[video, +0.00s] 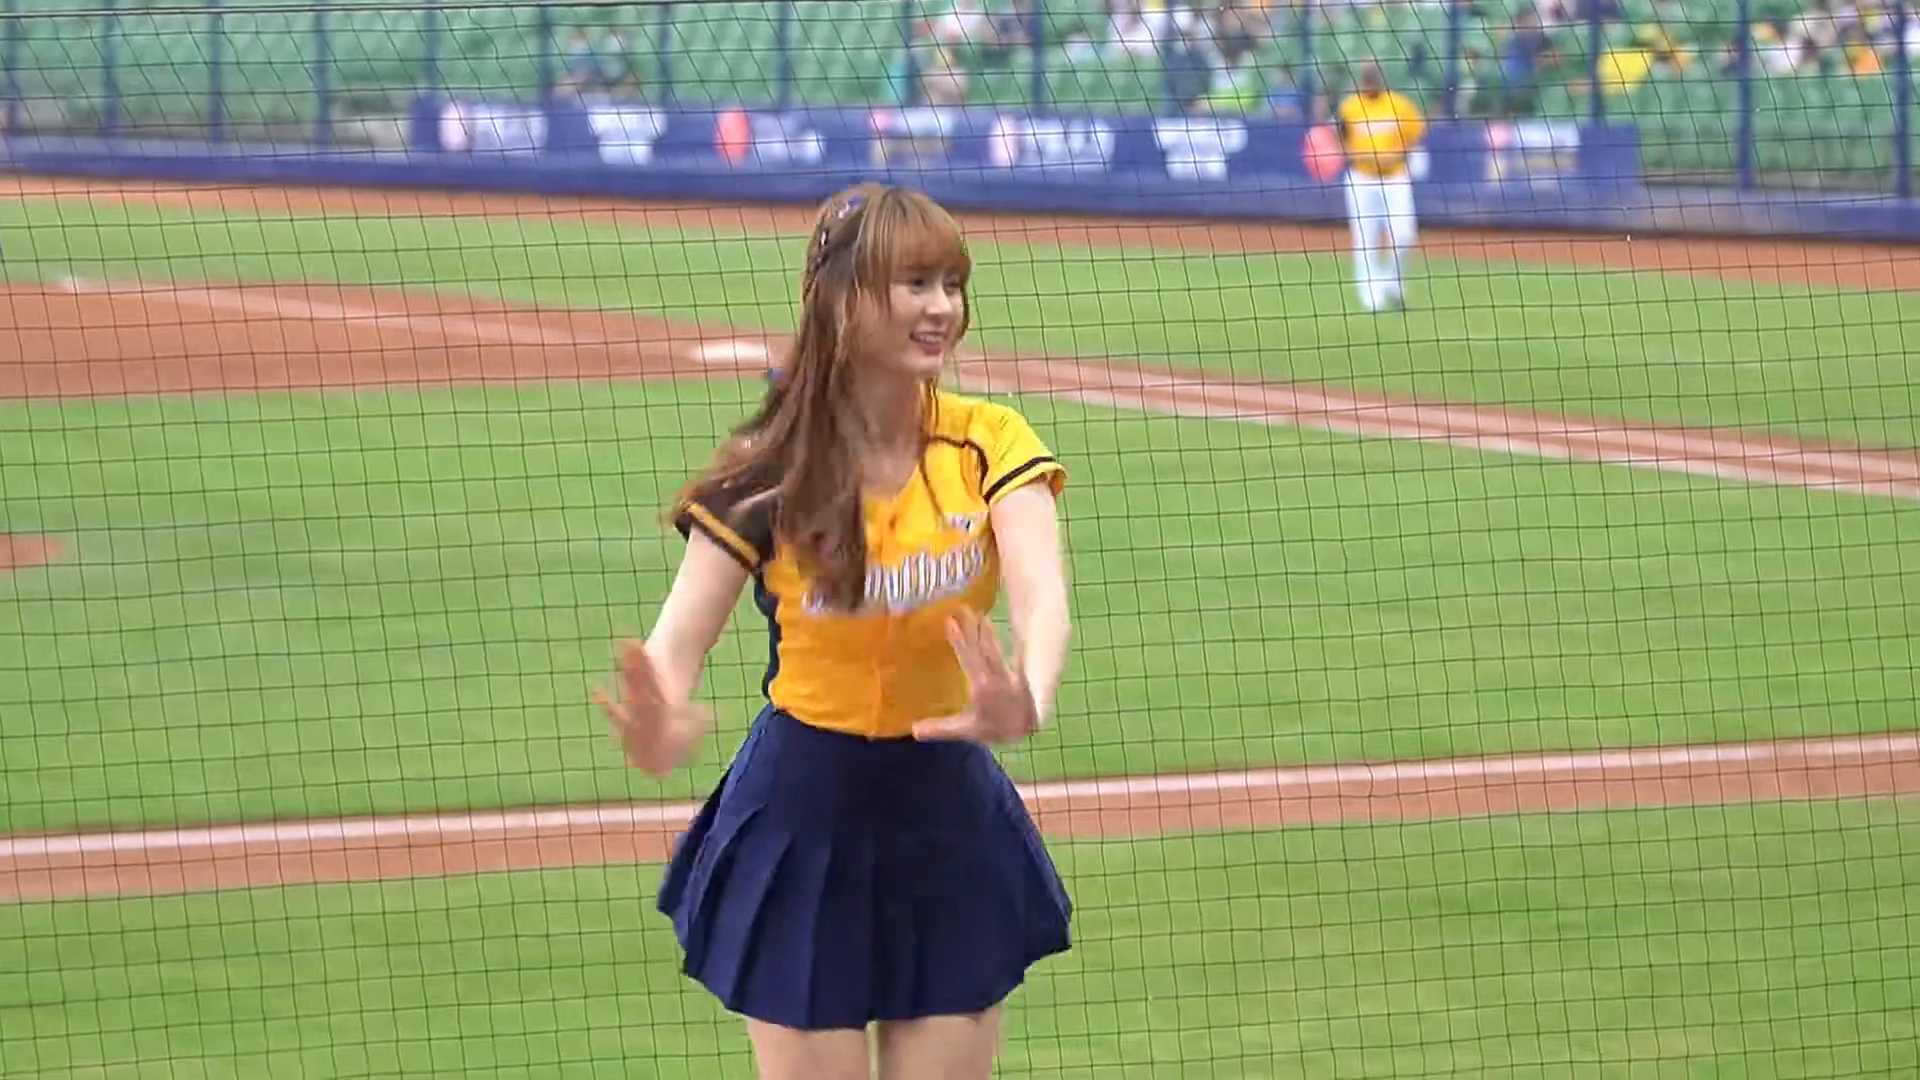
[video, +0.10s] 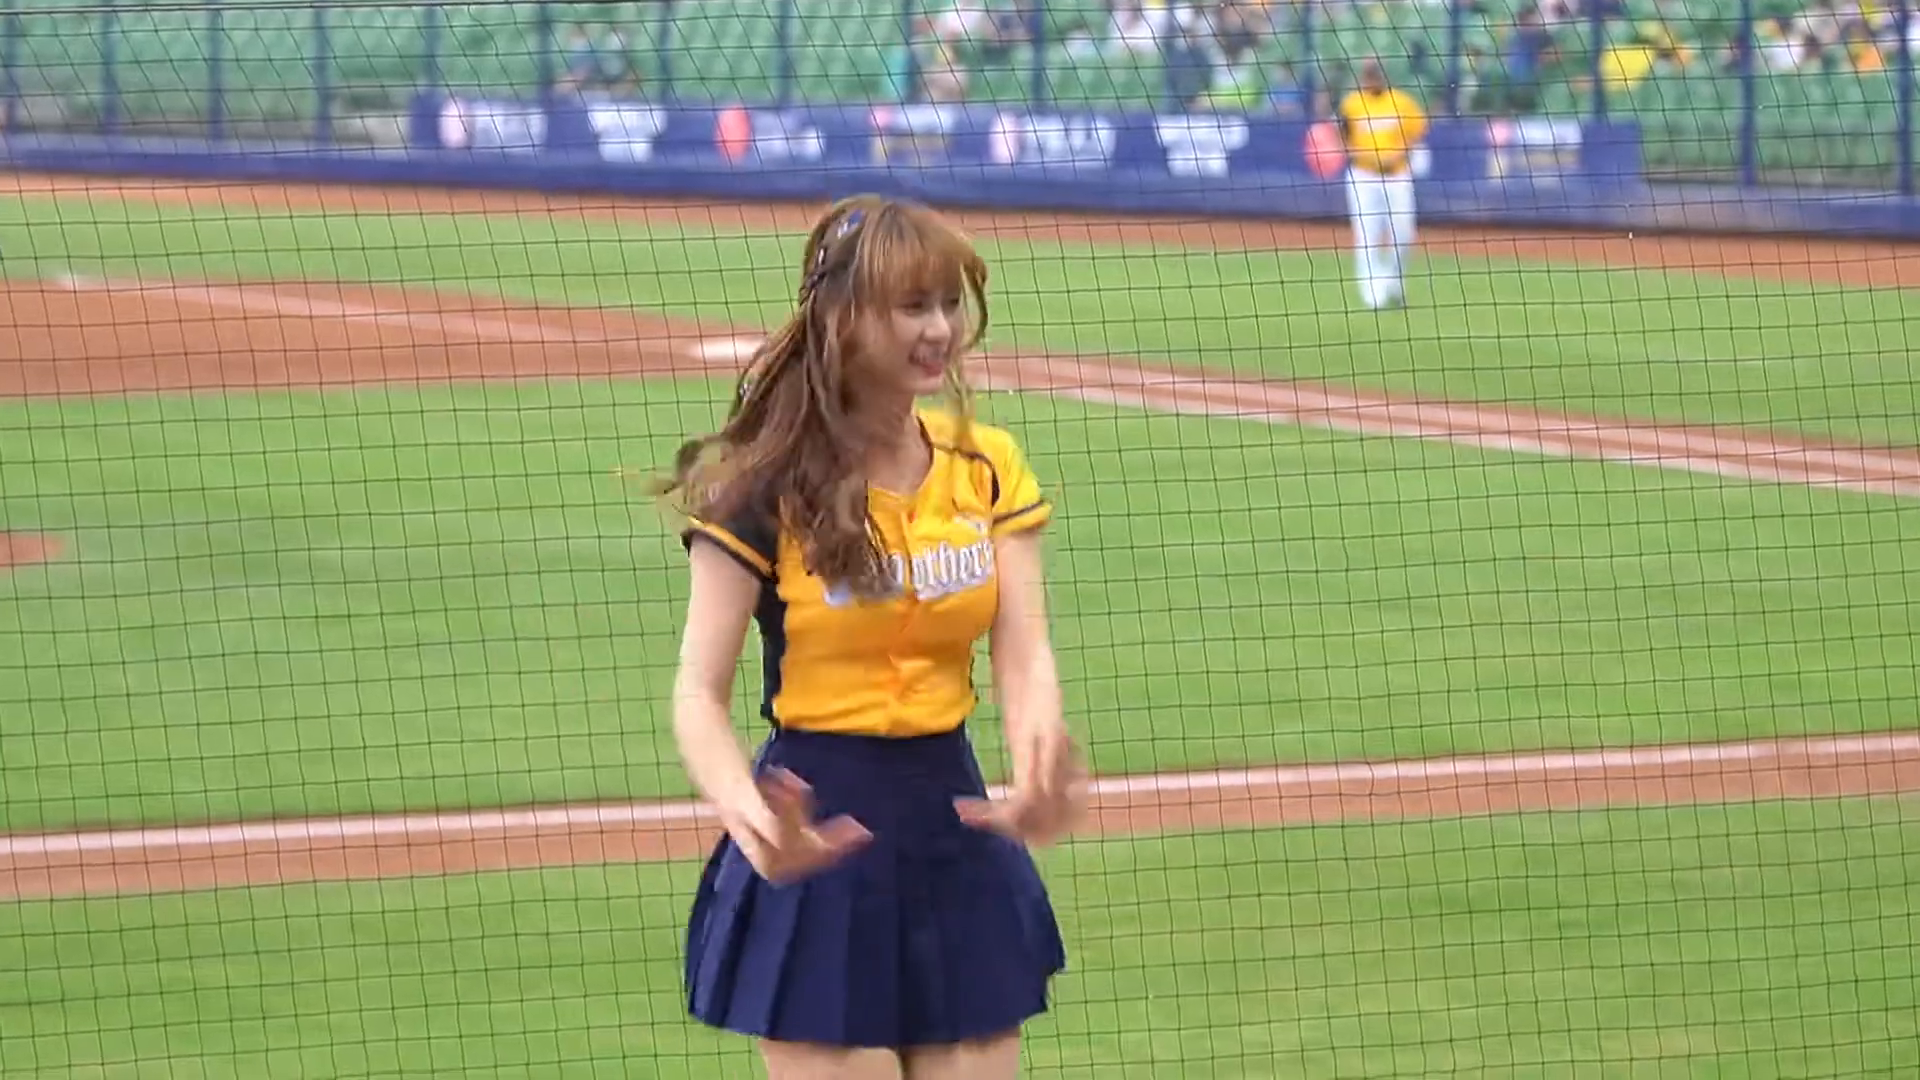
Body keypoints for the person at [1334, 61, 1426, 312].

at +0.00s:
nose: (1369, 83)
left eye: (1373, 78)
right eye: (1365, 78)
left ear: (1381, 79)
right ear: (1359, 81)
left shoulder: (1399, 104)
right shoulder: (1349, 107)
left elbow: (1418, 133)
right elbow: (1338, 136)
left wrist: (1398, 155)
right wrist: (1354, 157)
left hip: (1396, 176)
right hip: (1361, 177)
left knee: (1403, 234)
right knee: (1365, 237)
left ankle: (1392, 283)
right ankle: (1371, 295)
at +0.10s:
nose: (1371, 80)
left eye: (1375, 75)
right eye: (1367, 75)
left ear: (1383, 76)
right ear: (1361, 78)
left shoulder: (1401, 101)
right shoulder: (1351, 104)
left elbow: (1419, 131)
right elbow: (1340, 134)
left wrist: (1398, 156)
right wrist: (1360, 156)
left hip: (1398, 175)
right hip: (1363, 176)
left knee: (1402, 233)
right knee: (1368, 235)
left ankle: (1394, 283)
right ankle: (1373, 292)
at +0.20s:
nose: (1375, 76)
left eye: (1379, 71)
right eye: (1371, 71)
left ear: (1387, 72)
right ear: (1363, 74)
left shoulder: (1405, 97)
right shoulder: (1354, 100)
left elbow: (1421, 128)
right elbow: (1344, 133)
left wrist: (1400, 152)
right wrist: (1366, 154)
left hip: (1400, 171)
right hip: (1365, 172)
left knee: (1401, 230)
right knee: (1371, 230)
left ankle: (1395, 283)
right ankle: (1374, 288)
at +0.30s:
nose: (1380, 73)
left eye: (1383, 67)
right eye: (1375, 68)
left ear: (1390, 69)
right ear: (1368, 71)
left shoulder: (1408, 94)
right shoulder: (1358, 97)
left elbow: (1425, 123)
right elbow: (1348, 129)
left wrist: (1406, 146)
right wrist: (1369, 150)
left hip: (1401, 168)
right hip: (1369, 169)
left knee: (1399, 228)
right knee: (1375, 228)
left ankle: (1396, 283)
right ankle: (1376, 286)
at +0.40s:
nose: (1383, 70)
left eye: (1386, 65)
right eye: (1378, 65)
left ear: (1393, 67)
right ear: (1370, 68)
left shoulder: (1412, 92)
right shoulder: (1362, 92)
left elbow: (1429, 124)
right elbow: (1349, 126)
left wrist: (1416, 147)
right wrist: (1373, 148)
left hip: (1405, 168)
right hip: (1372, 168)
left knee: (1401, 226)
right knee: (1378, 225)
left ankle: (1398, 280)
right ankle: (1380, 283)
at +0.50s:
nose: (1389, 66)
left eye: (1393, 60)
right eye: (1385, 60)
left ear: (1400, 63)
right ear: (1378, 63)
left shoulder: (1417, 90)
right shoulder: (1368, 88)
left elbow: (1430, 127)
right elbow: (1356, 124)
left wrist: (1422, 152)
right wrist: (1377, 146)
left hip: (1407, 167)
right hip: (1374, 165)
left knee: (1402, 223)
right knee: (1379, 222)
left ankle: (1399, 277)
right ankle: (1381, 280)